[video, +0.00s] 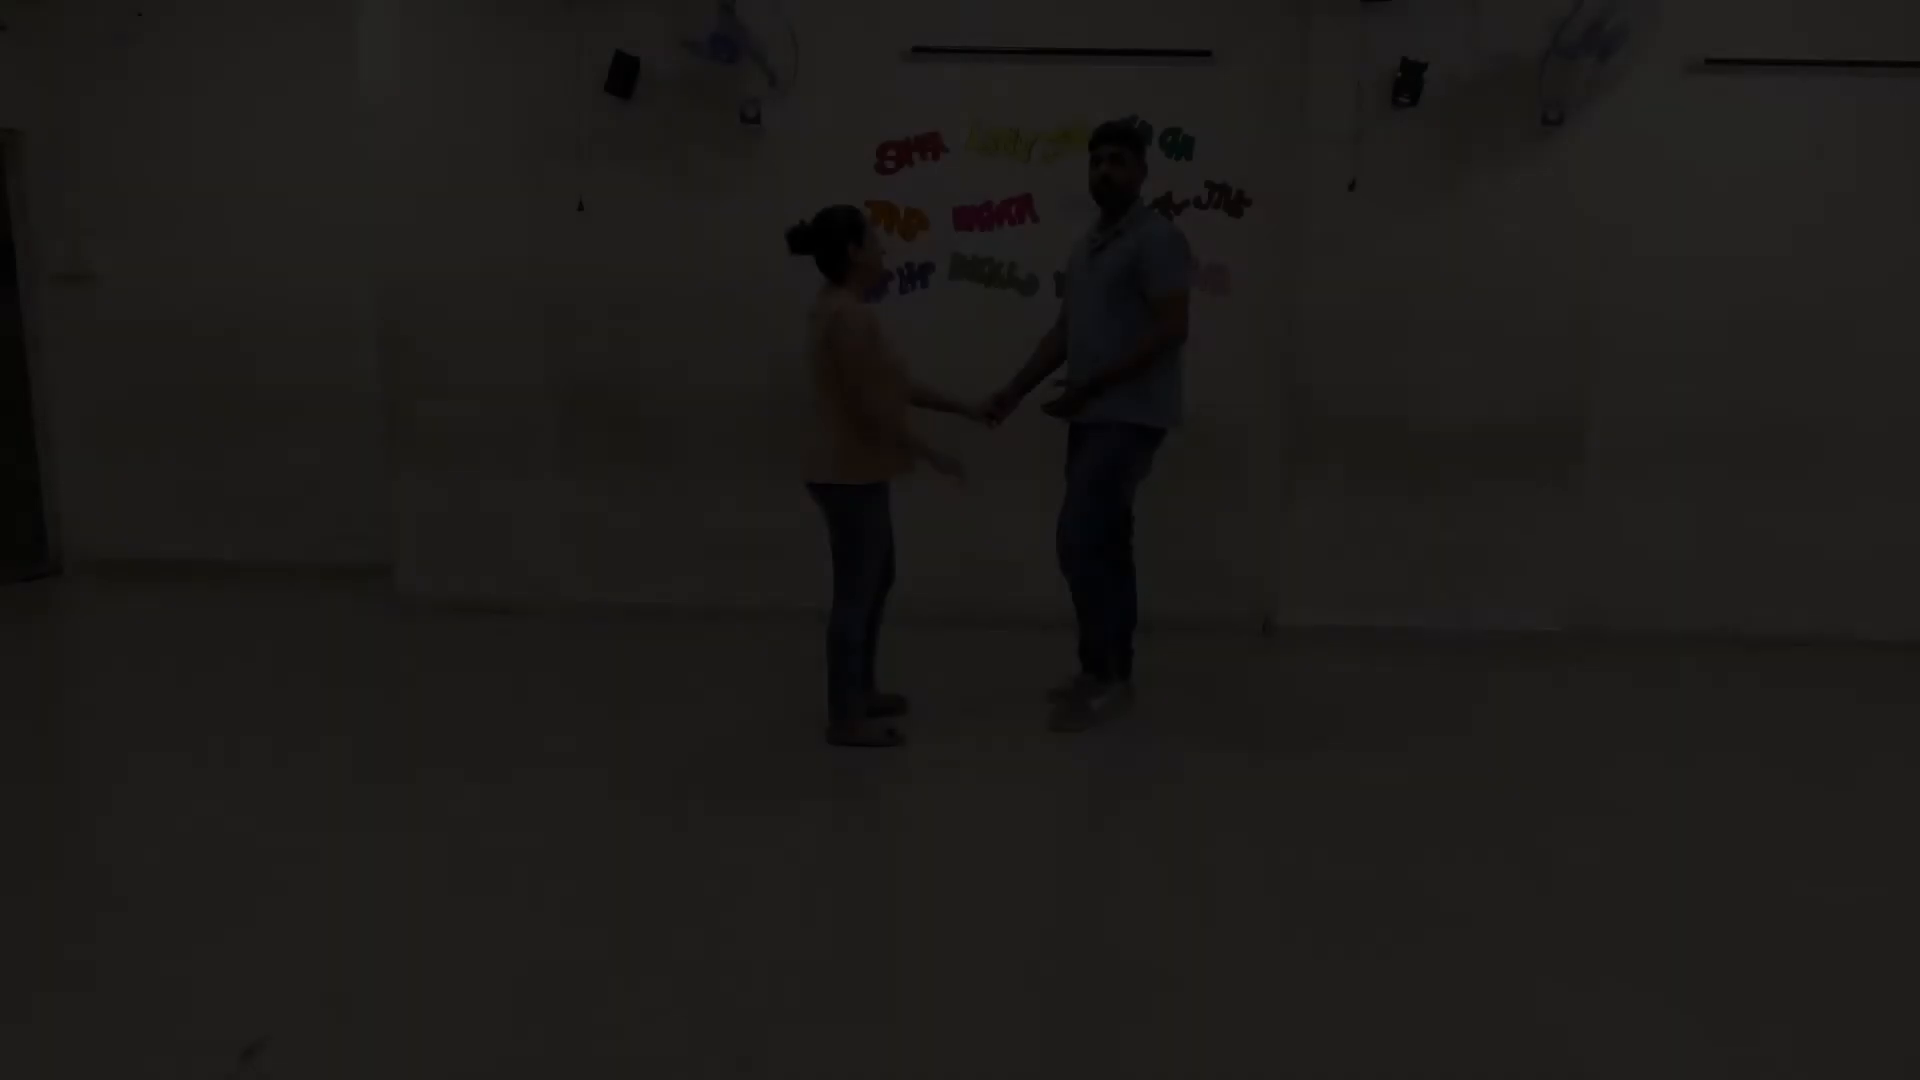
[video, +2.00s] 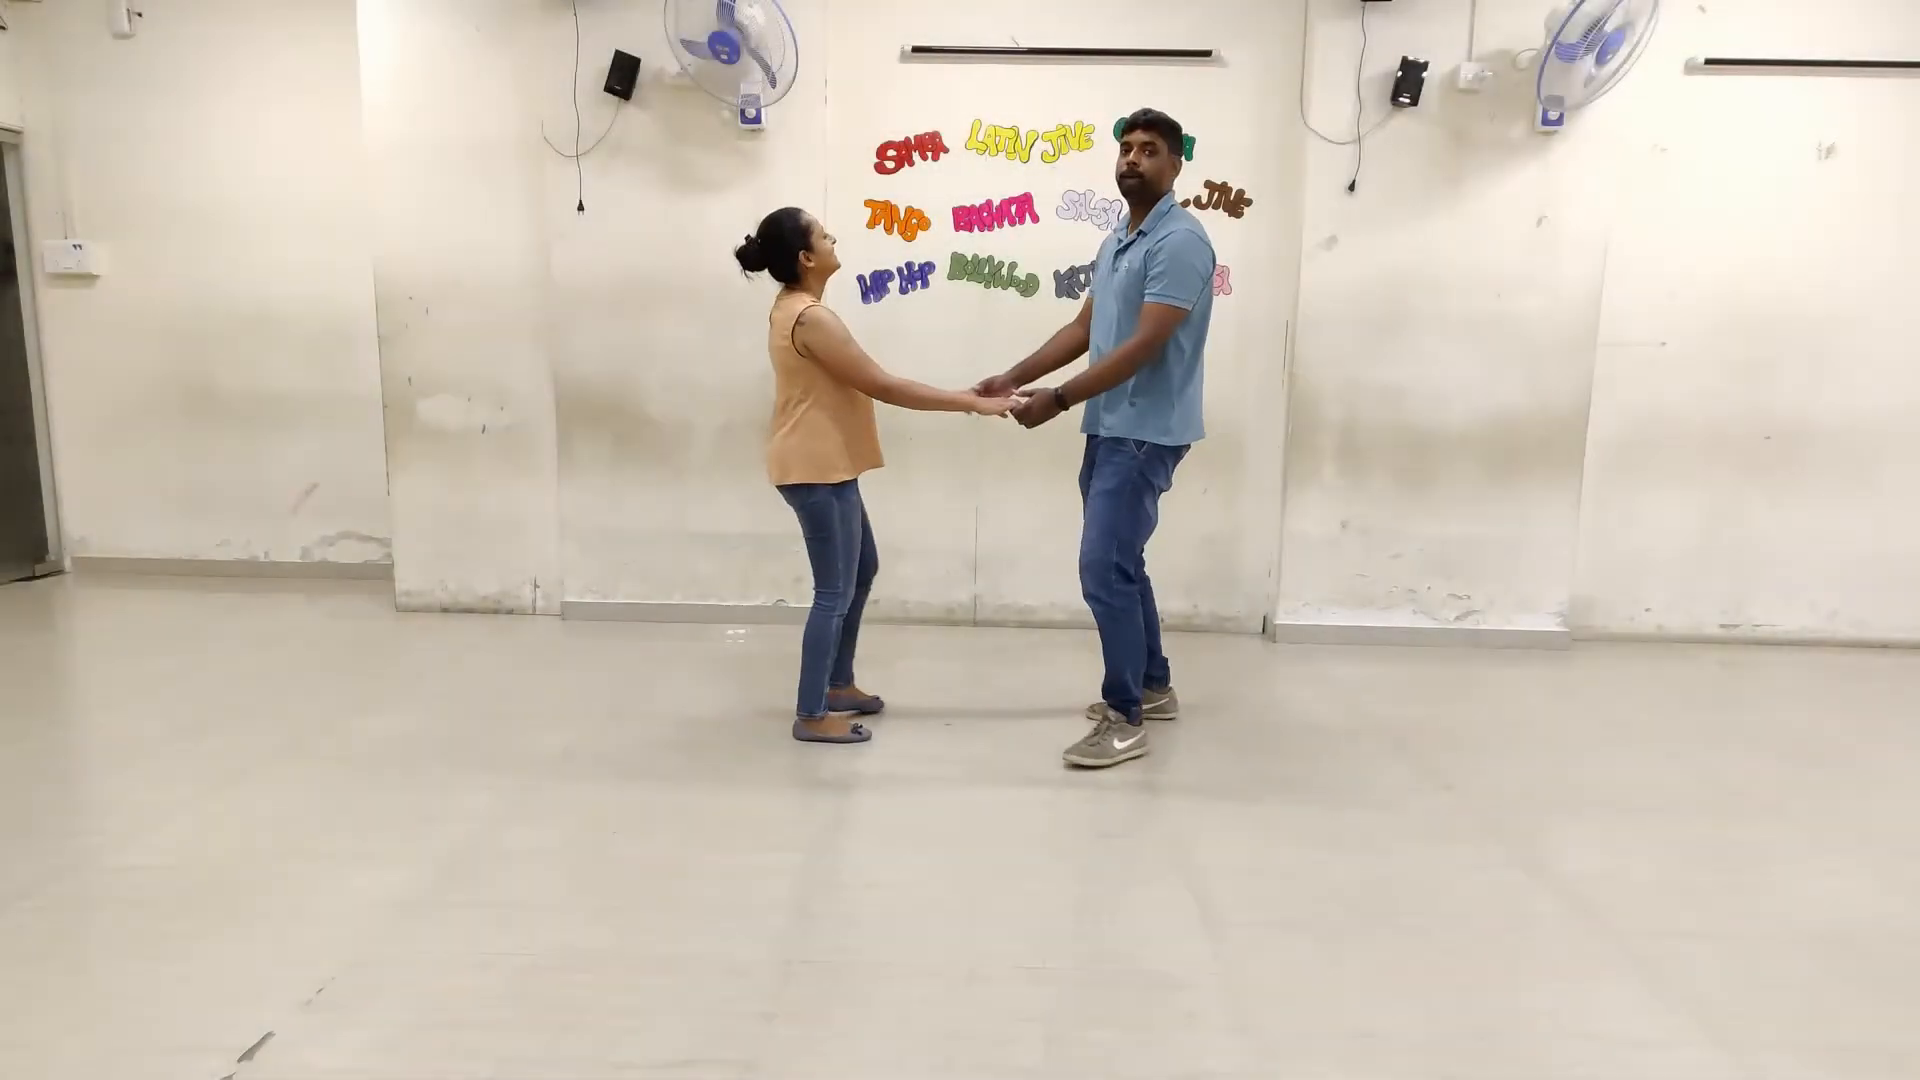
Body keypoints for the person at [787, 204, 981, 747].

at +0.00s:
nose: (882, 255)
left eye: (876, 244)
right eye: (872, 246)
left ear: (838, 256)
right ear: (852, 255)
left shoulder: (842, 312)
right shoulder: (847, 317)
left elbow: (898, 387)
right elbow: (879, 404)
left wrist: (968, 408)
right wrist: (934, 458)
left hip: (850, 472)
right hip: (849, 475)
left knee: (869, 580)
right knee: (862, 584)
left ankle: (860, 694)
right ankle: (848, 714)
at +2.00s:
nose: (833, 242)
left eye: (827, 234)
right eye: (825, 237)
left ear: (798, 258)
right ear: (806, 256)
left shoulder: (791, 307)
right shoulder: (810, 319)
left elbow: (876, 381)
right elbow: (881, 385)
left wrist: (959, 399)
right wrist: (969, 400)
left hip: (823, 465)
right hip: (815, 469)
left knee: (861, 568)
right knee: (833, 589)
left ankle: (836, 687)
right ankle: (810, 716)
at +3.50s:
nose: (873, 250)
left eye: (869, 241)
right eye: (862, 243)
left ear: (840, 257)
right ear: (832, 256)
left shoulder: (842, 312)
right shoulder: (826, 316)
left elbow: (870, 391)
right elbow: (889, 388)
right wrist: (966, 365)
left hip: (856, 476)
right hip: (822, 478)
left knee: (910, 568)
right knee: (842, 600)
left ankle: (897, 692)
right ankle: (798, 719)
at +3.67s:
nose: (919, 264)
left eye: (915, 255)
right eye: (908, 257)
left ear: (884, 271)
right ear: (879, 270)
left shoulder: (890, 335)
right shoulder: (871, 337)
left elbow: (918, 420)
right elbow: (900, 429)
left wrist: (988, 420)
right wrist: (985, 429)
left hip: (903, 493)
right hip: (869, 494)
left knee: (948, 586)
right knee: (877, 614)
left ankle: (925, 706)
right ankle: (802, 714)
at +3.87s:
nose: (961, 240)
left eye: (958, 231)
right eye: (951, 232)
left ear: (928, 245)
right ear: (922, 244)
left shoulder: (935, 306)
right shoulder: (913, 309)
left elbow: (941, 386)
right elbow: (914, 397)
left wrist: (993, 363)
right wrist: (988, 371)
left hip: (946, 467)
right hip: (921, 470)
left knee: (949, 590)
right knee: (948, 592)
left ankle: (926, 703)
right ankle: (886, 697)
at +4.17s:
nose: (944, 250)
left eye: (940, 241)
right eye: (934, 242)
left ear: (905, 252)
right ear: (907, 252)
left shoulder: (906, 310)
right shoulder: (896, 314)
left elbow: (920, 391)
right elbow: (917, 398)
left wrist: (975, 359)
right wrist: (984, 364)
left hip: (918, 472)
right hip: (896, 474)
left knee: (931, 597)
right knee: (923, 599)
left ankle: (924, 706)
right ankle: (836, 697)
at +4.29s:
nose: (903, 266)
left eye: (900, 256)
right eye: (895, 257)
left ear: (863, 264)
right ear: (868, 263)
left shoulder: (851, 319)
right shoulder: (857, 322)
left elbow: (898, 393)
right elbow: (913, 397)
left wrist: (950, 374)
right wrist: (999, 376)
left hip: (871, 484)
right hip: (853, 486)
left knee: (907, 588)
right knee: (862, 613)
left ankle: (924, 707)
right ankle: (779, 721)